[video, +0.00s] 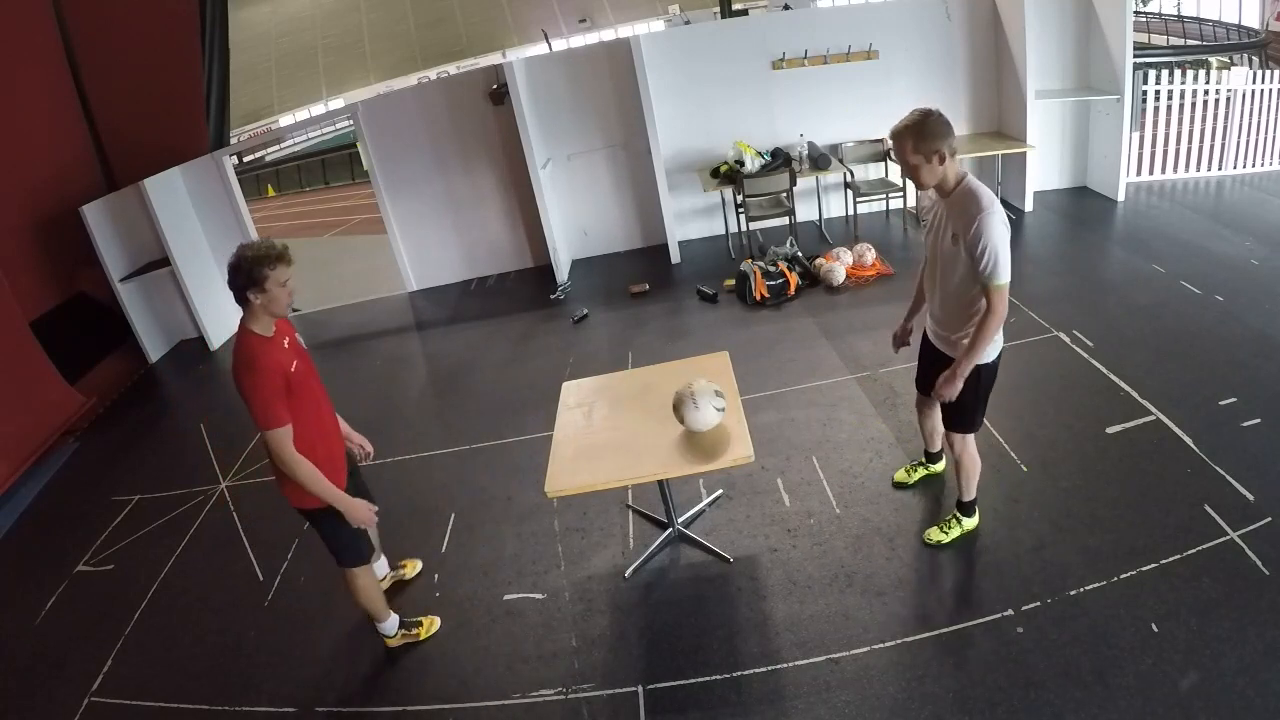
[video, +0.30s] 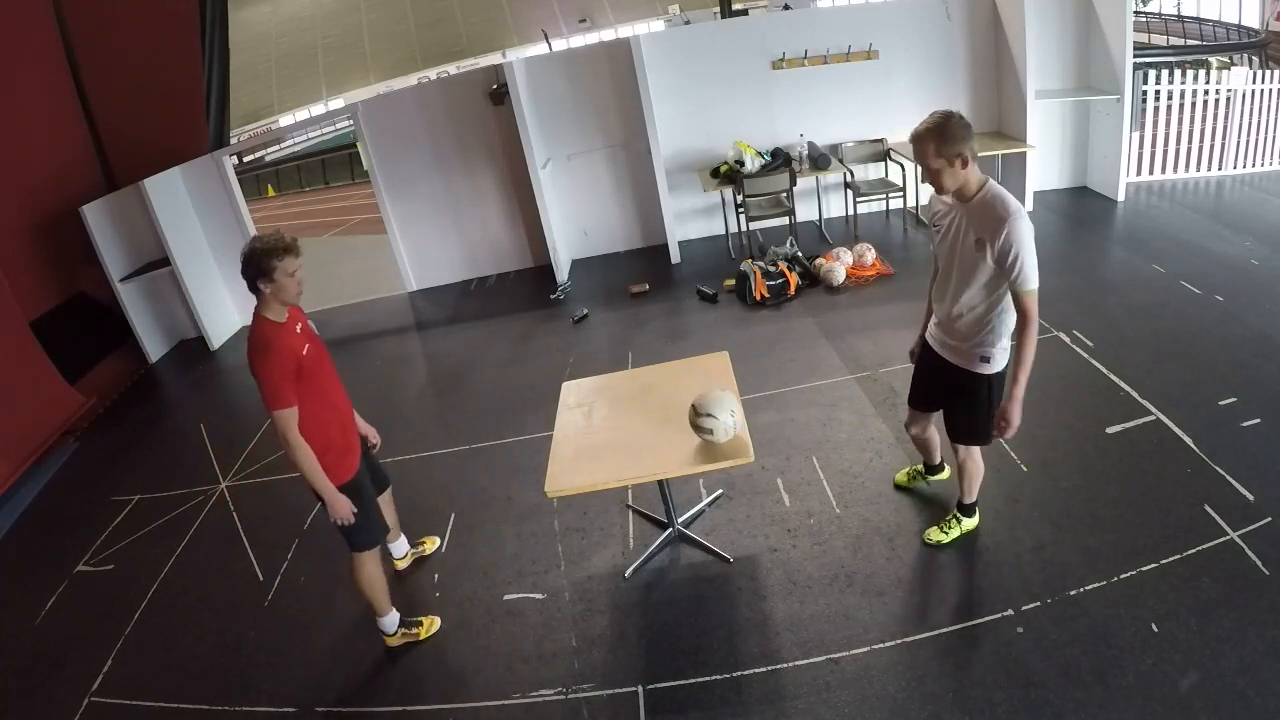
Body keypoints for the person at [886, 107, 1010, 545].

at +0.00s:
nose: (905, 174)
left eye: (909, 165)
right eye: (902, 165)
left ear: (939, 156)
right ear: (932, 157)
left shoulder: (982, 216)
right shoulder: (936, 200)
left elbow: (999, 307)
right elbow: (931, 269)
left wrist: (960, 370)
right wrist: (909, 320)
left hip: (971, 351)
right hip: (936, 336)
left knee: (959, 436)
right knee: (926, 401)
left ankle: (967, 512)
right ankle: (933, 459)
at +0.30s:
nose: (926, 178)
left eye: (931, 168)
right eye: (923, 168)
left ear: (963, 160)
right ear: (948, 162)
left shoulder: (1008, 220)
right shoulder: (942, 204)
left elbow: (1029, 316)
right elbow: (940, 277)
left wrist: (1015, 396)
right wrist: (924, 334)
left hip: (980, 359)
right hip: (937, 343)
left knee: (966, 444)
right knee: (918, 423)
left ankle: (967, 512)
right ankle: (935, 468)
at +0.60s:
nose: (935, 181)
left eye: (941, 171)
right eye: (932, 170)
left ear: (974, 166)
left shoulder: (1017, 225)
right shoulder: (943, 209)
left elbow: (1038, 318)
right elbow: (935, 279)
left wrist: (1036, 395)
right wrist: (915, 337)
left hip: (976, 365)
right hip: (931, 348)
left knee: (961, 451)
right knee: (894, 441)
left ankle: (966, 516)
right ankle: (894, 517)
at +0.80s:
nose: (936, 188)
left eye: (943, 178)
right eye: (934, 177)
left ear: (976, 173)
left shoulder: (1020, 233)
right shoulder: (937, 217)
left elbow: (1042, 327)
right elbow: (929, 287)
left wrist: (1026, 404)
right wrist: (917, 339)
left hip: (969, 374)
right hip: (920, 351)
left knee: (951, 459)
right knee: (858, 433)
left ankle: (965, 517)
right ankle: (827, 528)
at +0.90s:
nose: (932, 194)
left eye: (939, 185)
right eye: (930, 184)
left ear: (972, 179)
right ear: (958, 176)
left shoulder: (1015, 237)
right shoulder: (934, 221)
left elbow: (1036, 334)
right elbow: (925, 291)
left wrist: (1018, 412)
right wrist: (913, 345)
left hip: (965, 378)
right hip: (916, 352)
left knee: (947, 461)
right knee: (844, 420)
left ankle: (966, 516)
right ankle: (787, 521)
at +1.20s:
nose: (897, 193)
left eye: (904, 183)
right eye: (894, 182)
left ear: (937, 175)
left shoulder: (981, 231)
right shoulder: (908, 216)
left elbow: (1004, 334)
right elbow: (900, 282)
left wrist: (973, 413)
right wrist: (873, 343)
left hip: (953, 372)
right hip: (902, 353)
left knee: (943, 461)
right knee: (850, 446)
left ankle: (964, 513)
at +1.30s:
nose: (887, 202)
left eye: (895, 192)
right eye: (883, 191)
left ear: (926, 181)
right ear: (886, 182)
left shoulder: (973, 236)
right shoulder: (893, 227)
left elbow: (1006, 334)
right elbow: (883, 286)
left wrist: (986, 417)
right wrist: (851, 349)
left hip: (942, 384)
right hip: (894, 367)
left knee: (902, 484)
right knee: (879, 465)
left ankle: (953, 508)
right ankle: (895, 529)